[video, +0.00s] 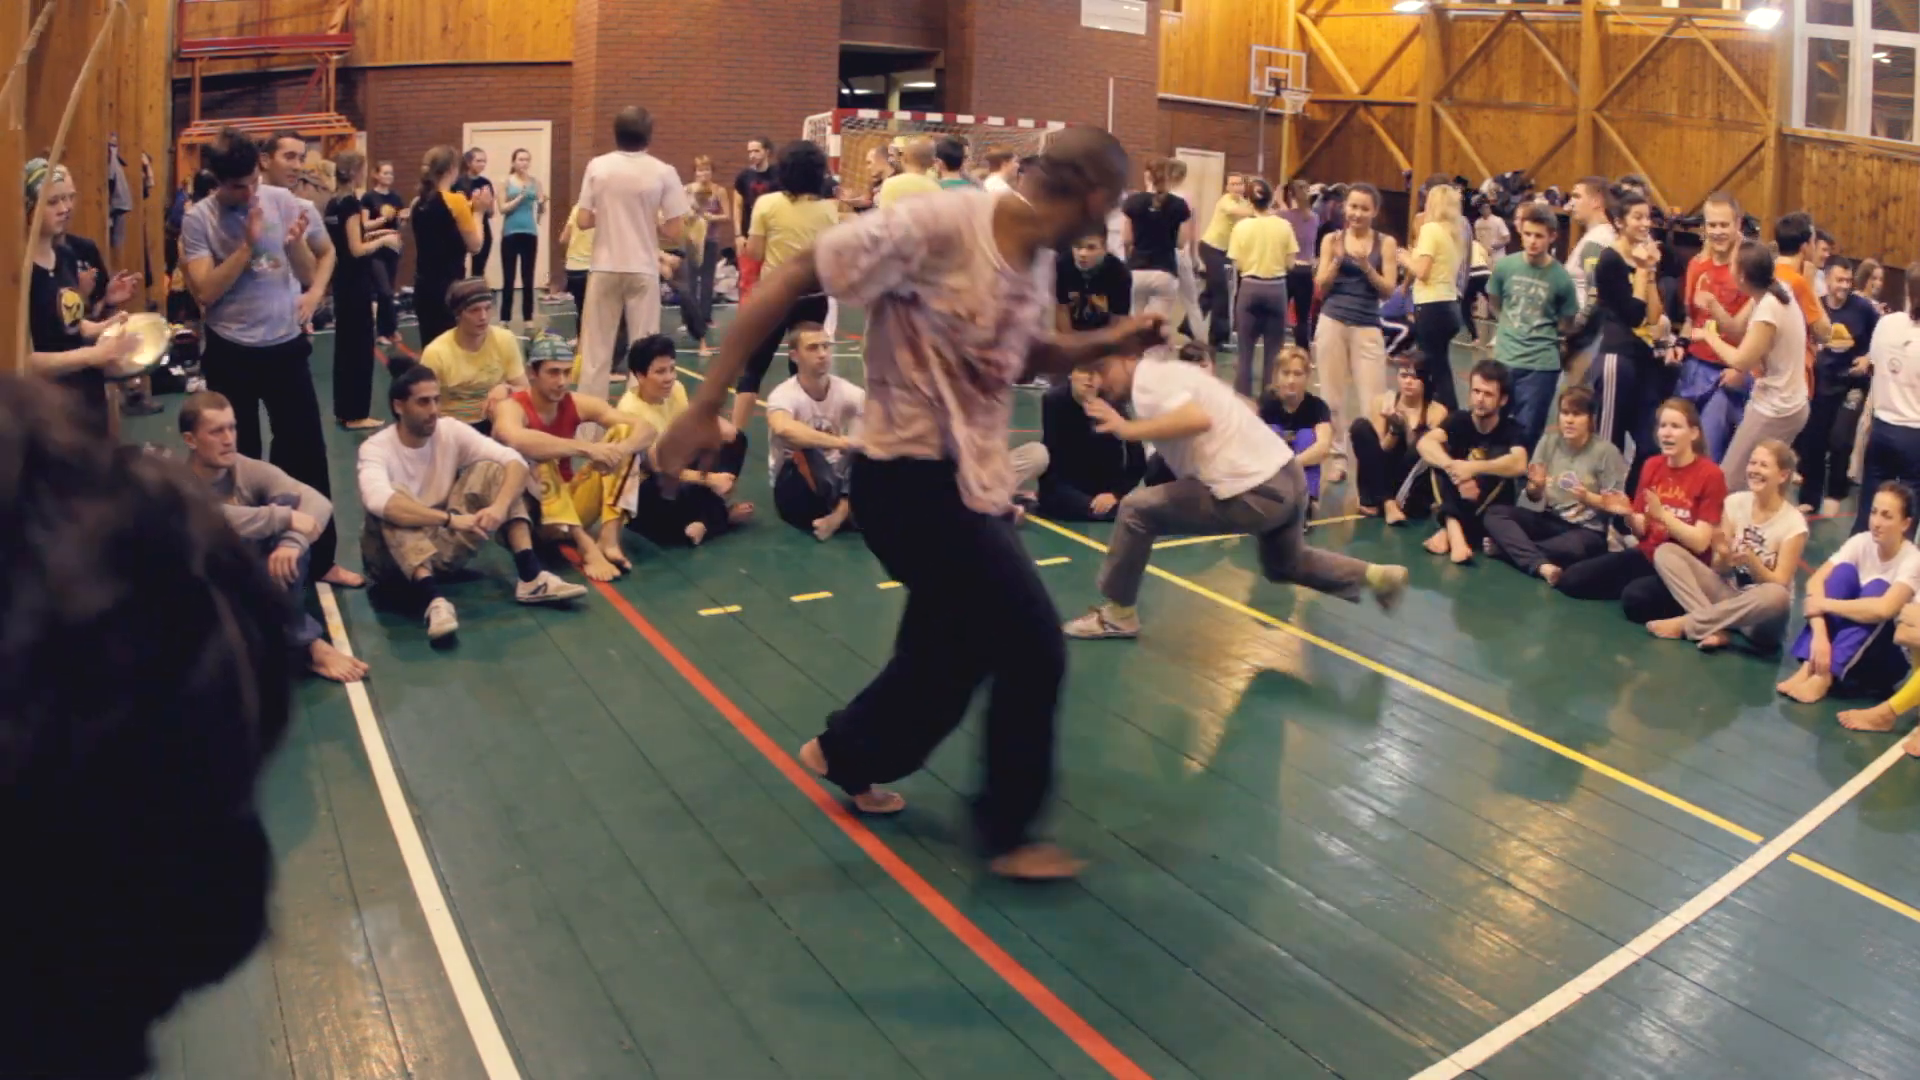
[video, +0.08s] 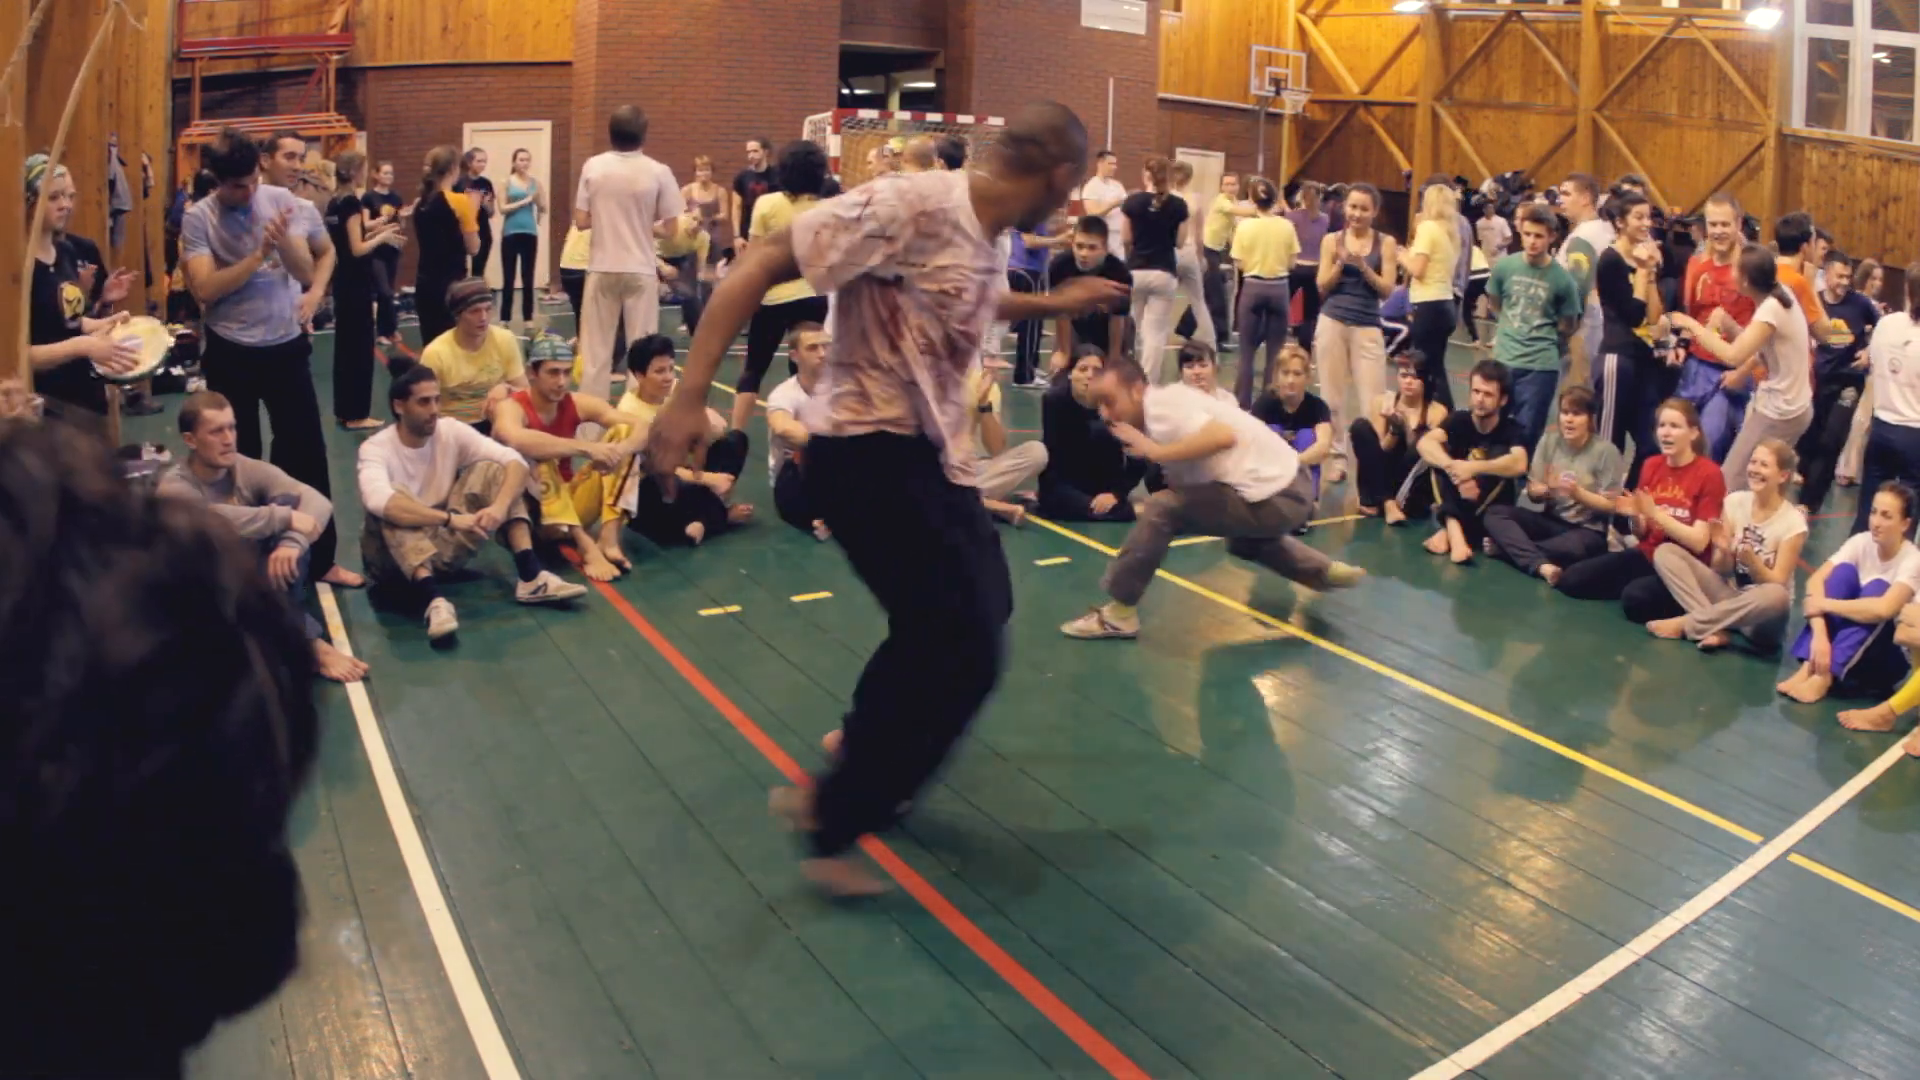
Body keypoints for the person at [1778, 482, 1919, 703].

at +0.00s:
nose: (1876, 522)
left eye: (1886, 516)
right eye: (1874, 512)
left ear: (1906, 524)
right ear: (1869, 513)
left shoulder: (1913, 559)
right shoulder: (1860, 542)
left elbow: (1885, 610)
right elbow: (1815, 581)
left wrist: (1823, 604)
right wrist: (1820, 638)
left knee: (1877, 587)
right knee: (1843, 572)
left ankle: (1824, 676)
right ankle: (1807, 666)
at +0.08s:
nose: (1875, 522)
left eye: (1886, 516)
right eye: (1874, 512)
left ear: (1905, 524)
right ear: (1869, 513)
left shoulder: (1912, 559)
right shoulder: (1860, 542)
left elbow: (1885, 610)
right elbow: (1815, 581)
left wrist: (1823, 604)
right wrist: (1820, 638)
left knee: (1877, 587)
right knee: (1843, 572)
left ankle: (1823, 676)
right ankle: (1807, 666)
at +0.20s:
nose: (1876, 522)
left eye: (1886, 516)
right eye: (1874, 512)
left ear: (1905, 524)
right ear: (1869, 513)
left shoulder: (1912, 559)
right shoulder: (1860, 542)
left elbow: (1885, 610)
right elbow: (1815, 581)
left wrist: (1823, 604)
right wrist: (1820, 638)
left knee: (1877, 587)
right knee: (1843, 572)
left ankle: (1824, 676)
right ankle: (1807, 666)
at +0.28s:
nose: (1874, 521)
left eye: (1885, 516)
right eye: (1873, 512)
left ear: (1905, 525)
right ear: (1868, 512)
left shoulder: (1912, 559)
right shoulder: (1860, 542)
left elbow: (1885, 610)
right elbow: (1815, 581)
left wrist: (1823, 604)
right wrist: (1820, 637)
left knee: (1876, 587)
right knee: (1843, 572)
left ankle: (1823, 676)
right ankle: (1807, 666)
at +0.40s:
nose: (1873, 521)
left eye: (1883, 516)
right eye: (1872, 512)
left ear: (1904, 525)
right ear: (1868, 512)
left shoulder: (1912, 559)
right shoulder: (1860, 542)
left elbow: (1885, 610)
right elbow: (1814, 581)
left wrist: (1823, 604)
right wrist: (1820, 638)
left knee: (1877, 587)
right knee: (1843, 572)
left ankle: (1823, 676)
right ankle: (1807, 667)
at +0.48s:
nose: (1872, 521)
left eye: (1883, 516)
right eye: (1872, 512)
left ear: (1904, 525)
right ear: (1868, 512)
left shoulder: (1912, 559)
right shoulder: (1860, 542)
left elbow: (1885, 610)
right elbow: (1814, 581)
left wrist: (1823, 604)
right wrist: (1820, 638)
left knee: (1877, 587)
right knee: (1843, 571)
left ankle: (1823, 676)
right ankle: (1807, 667)